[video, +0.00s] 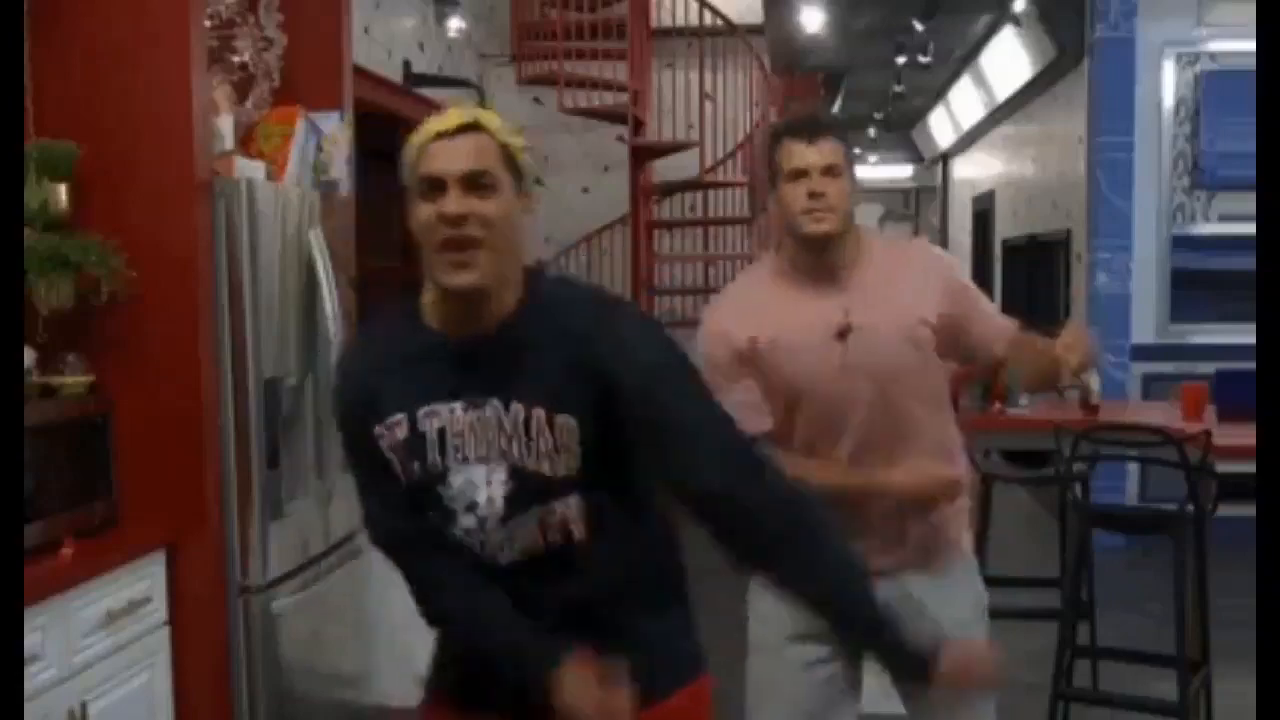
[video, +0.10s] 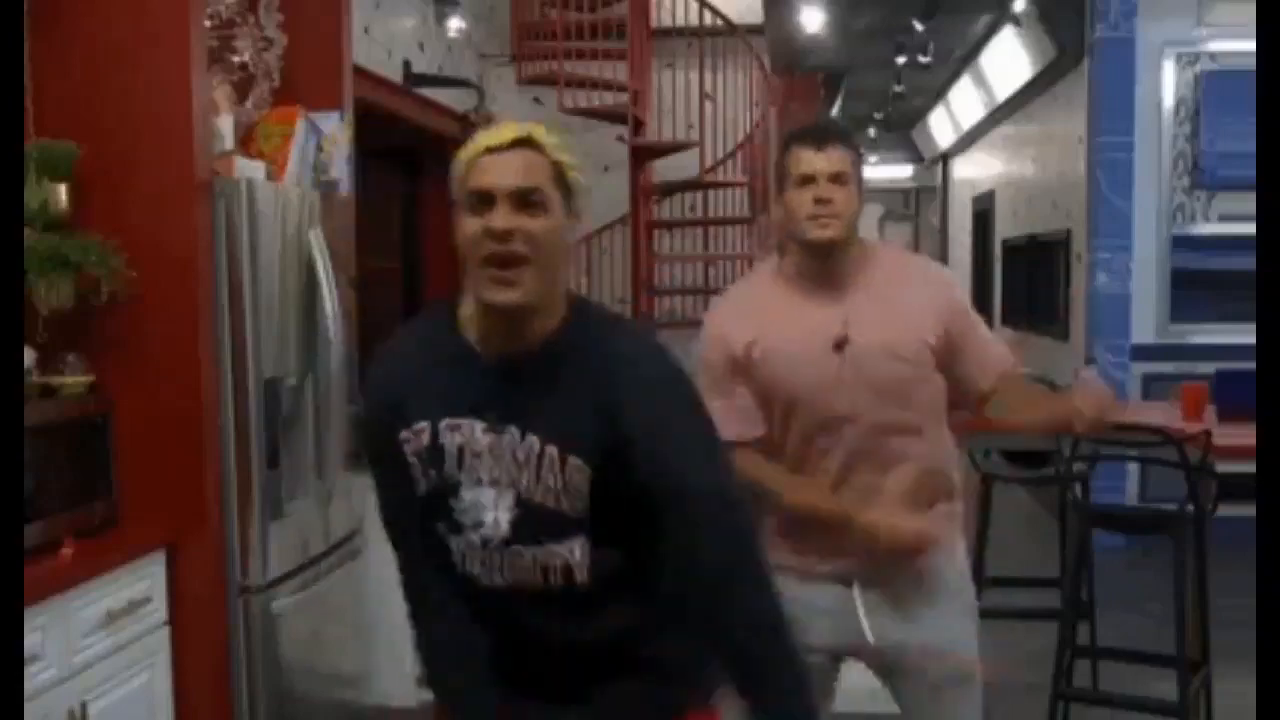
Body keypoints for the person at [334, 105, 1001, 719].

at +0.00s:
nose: (453, 210)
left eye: (479, 188)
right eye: (430, 192)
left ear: (524, 208)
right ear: (409, 217)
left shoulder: (608, 339)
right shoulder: (373, 373)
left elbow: (743, 492)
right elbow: (420, 555)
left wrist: (910, 651)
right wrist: (543, 666)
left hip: (640, 669)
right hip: (478, 674)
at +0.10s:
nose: (502, 226)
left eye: (528, 205)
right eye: (479, 206)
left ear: (571, 226)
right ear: (456, 228)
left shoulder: (635, 376)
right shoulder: (403, 378)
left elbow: (727, 576)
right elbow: (427, 584)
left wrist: (790, 706)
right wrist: (466, 700)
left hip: (643, 688)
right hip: (491, 688)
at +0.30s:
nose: (547, 182)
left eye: (576, 166)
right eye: (529, 159)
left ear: (614, 195)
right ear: (499, 177)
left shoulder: (643, 351)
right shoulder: (420, 300)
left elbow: (605, 578)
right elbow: (367, 434)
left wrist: (418, 689)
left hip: (604, 650)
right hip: (450, 636)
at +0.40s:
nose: (493, 192)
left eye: (524, 177)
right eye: (478, 169)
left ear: (566, 206)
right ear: (452, 183)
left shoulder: (583, 363)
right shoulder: (374, 294)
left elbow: (529, 573)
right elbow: (291, 374)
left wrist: (325, 505)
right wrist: (115, 352)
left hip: (554, 682)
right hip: (402, 664)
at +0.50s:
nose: (457, 219)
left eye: (488, 206)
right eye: (444, 198)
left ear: (532, 238)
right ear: (419, 215)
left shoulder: (544, 397)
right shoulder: (347, 312)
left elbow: (479, 584)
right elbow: (257, 371)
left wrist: (331, 470)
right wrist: (89, 315)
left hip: (515, 693)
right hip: (373, 676)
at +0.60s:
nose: (418, 235)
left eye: (449, 222)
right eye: (405, 212)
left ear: (491, 250)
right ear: (383, 226)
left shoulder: (505, 403)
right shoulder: (316, 325)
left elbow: (437, 605)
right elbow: (236, 381)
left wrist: (327, 474)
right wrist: (63, 304)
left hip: (482, 686)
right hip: (345, 671)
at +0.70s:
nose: (355, 204)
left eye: (386, 188)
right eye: (341, 182)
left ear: (431, 215)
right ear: (320, 198)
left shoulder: (472, 353)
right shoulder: (259, 321)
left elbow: (429, 553)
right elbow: (182, 422)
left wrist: (228, 521)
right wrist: (39, 439)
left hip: (444, 676)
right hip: (298, 669)